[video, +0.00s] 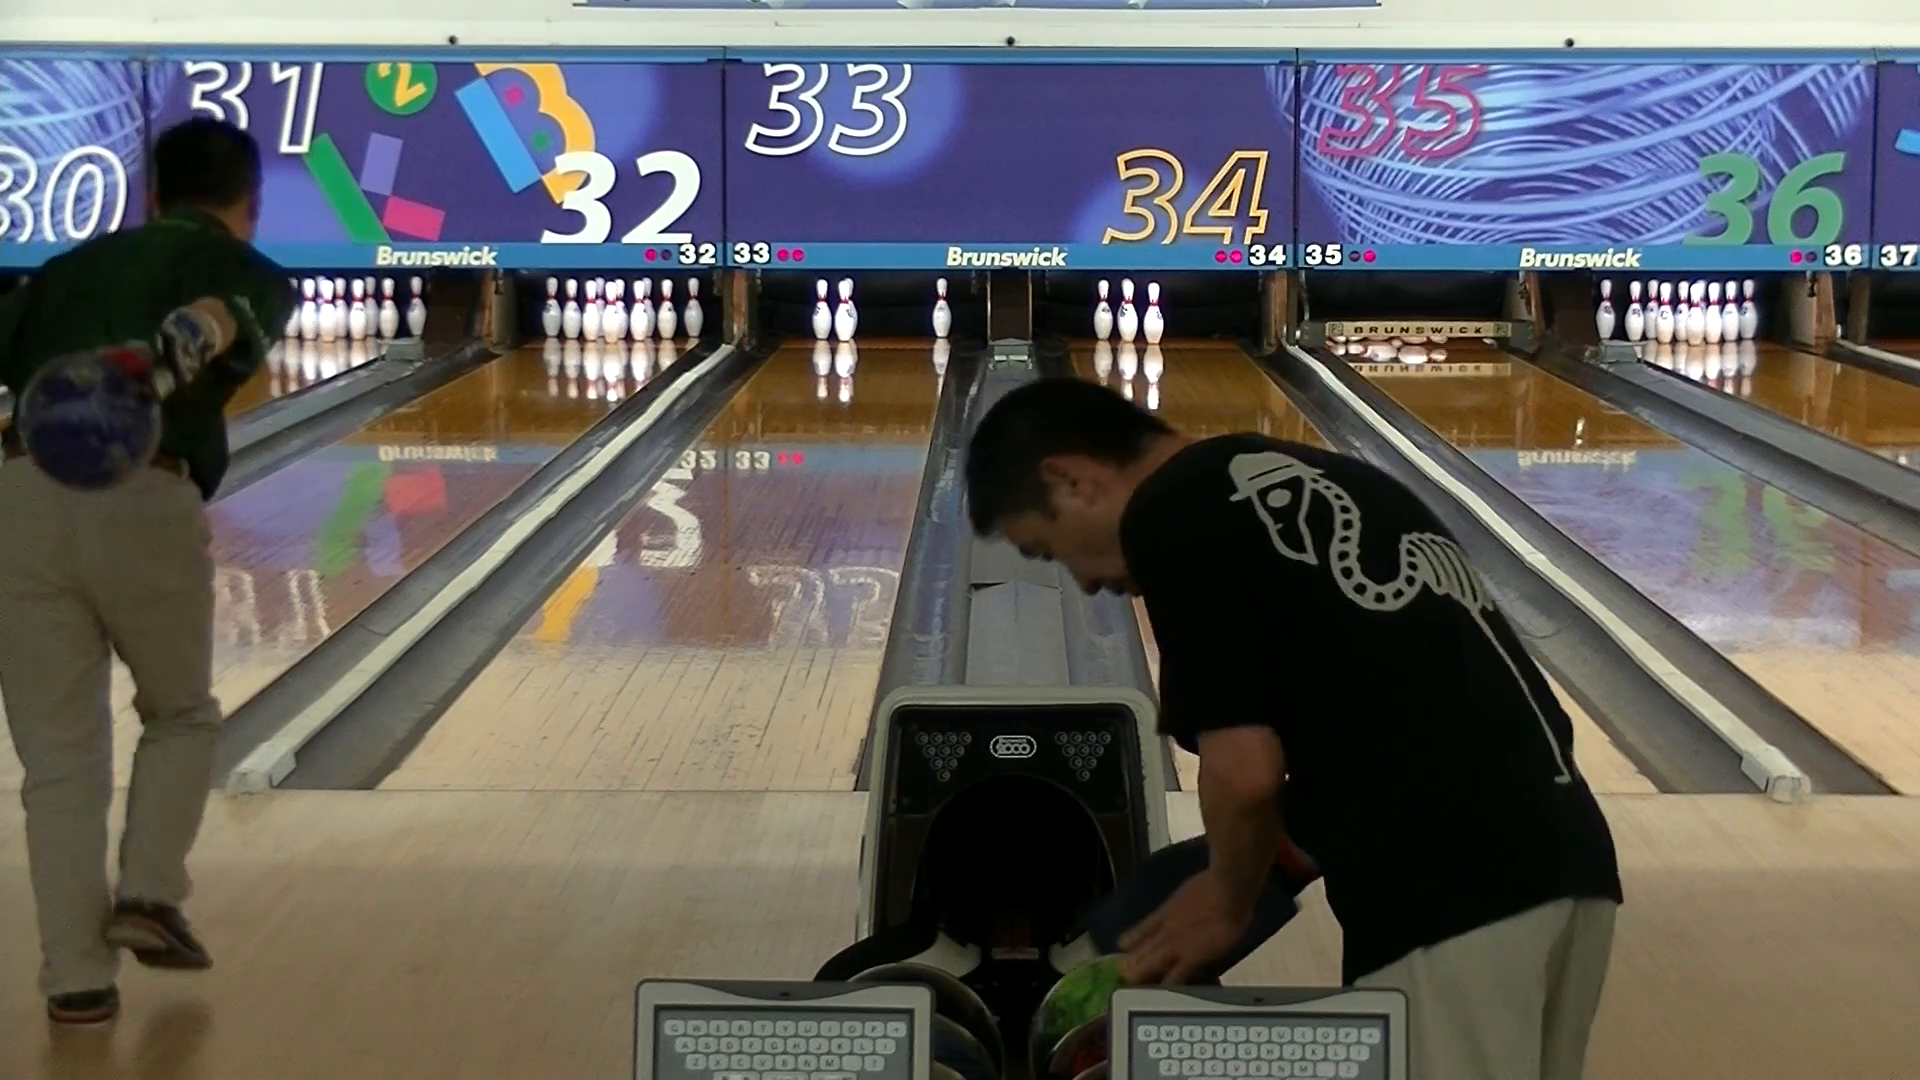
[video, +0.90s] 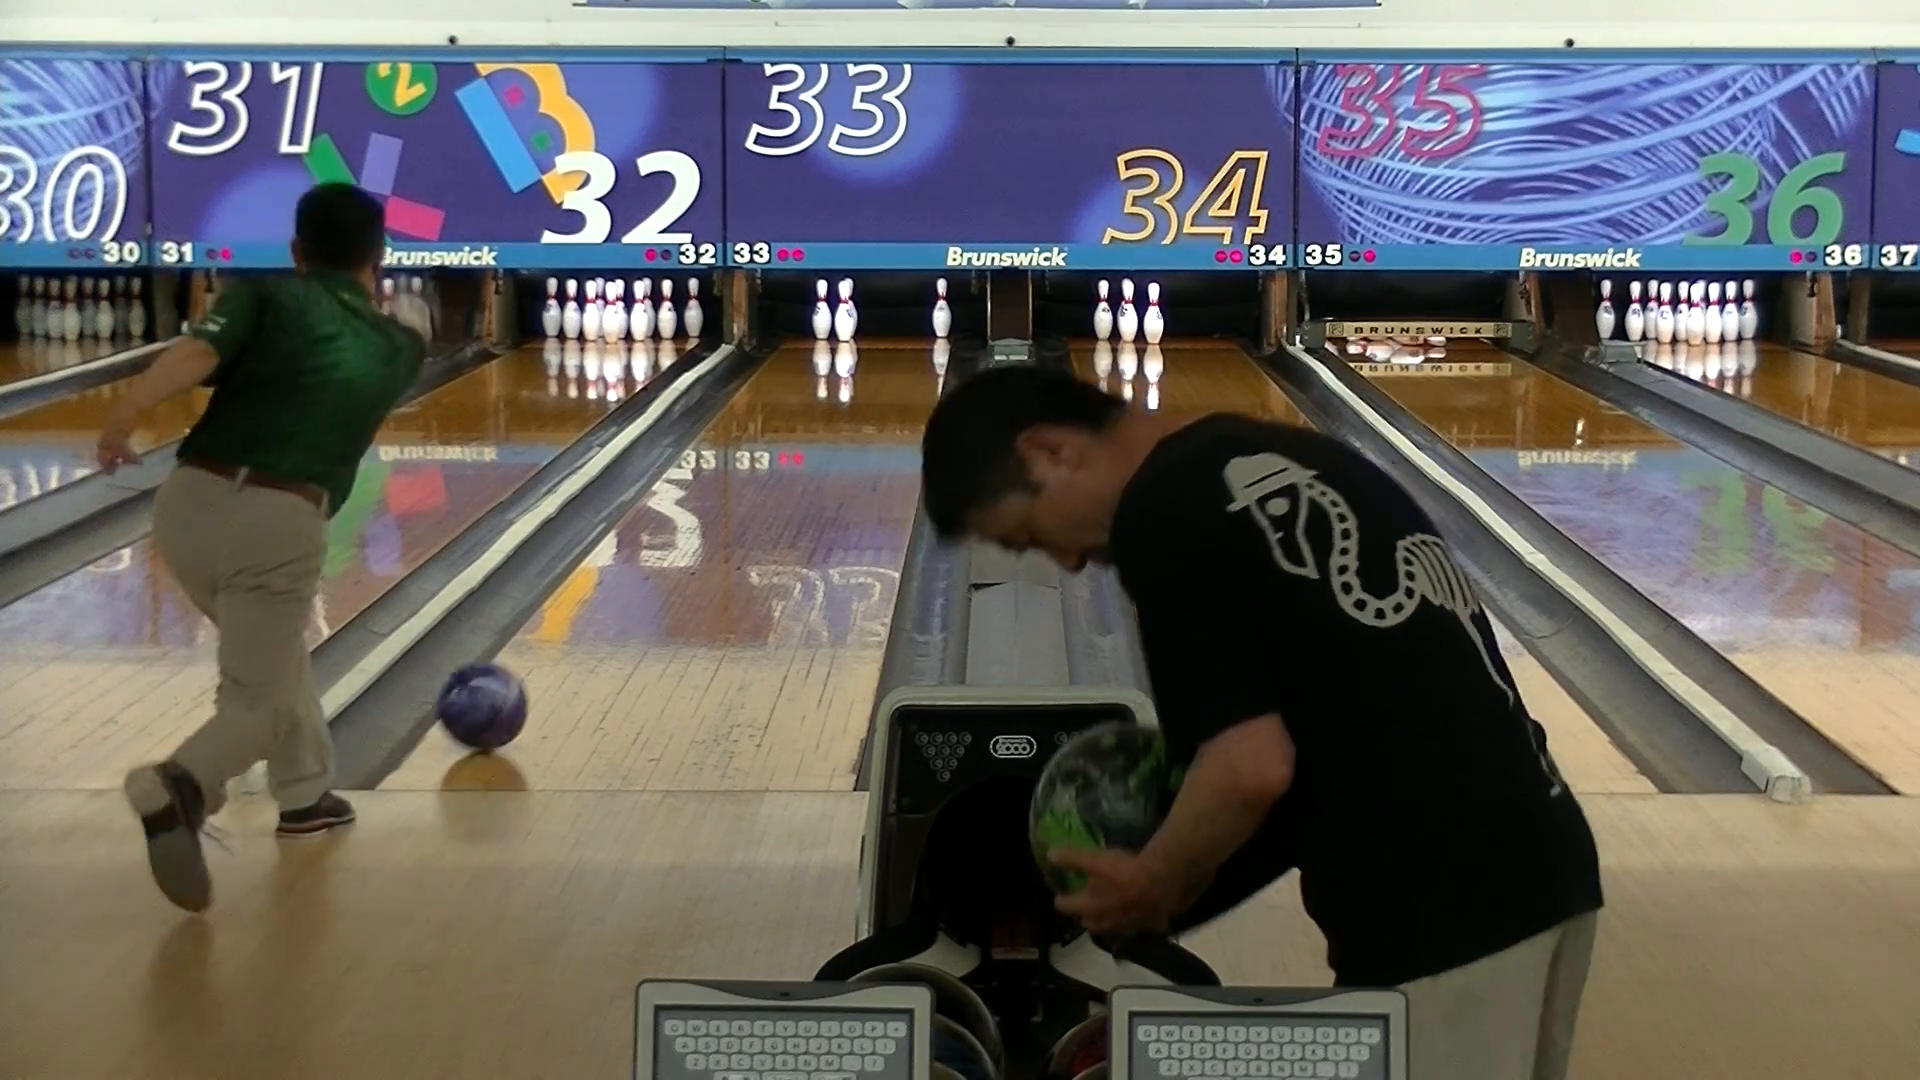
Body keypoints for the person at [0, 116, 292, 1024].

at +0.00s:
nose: (255, 219)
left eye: (251, 206)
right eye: (254, 205)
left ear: (153, 196)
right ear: (241, 202)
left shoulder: (74, 264)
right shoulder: (252, 271)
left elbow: (2, 342)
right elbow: (226, 328)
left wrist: (38, 407)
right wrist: (151, 393)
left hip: (23, 500)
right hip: (145, 499)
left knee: (56, 759)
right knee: (179, 714)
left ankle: (75, 980)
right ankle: (148, 897)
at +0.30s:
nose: (308, 264)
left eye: (304, 251)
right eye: (307, 251)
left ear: (217, 241)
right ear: (295, 250)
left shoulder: (138, 281)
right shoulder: (295, 330)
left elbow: (21, 264)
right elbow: (248, 378)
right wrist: (163, 427)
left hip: (75, 515)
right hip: (185, 523)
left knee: (101, 714)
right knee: (189, 742)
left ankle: (90, 865)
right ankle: (143, 922)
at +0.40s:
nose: (323, 292)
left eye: (322, 280)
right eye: (324, 280)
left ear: (240, 264)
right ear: (315, 282)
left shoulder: (166, 295)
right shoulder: (307, 364)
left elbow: (47, 267)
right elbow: (261, 439)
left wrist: (4, 247)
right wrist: (239, 481)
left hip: (81, 538)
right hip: (184, 548)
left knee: (133, 705)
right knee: (190, 758)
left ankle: (137, 878)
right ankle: (146, 900)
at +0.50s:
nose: (345, 311)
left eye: (345, 299)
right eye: (345, 298)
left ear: (257, 285)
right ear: (337, 302)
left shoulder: (186, 314)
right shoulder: (325, 404)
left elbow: (78, 291)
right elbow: (285, 518)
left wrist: (5, 269)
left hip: (91, 548)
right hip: (194, 566)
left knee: (197, 684)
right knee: (179, 754)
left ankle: (209, 837)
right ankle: (142, 886)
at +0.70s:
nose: (368, 299)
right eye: (368, 290)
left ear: (284, 286)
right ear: (363, 299)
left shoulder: (232, 321)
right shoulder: (362, 410)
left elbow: (143, 352)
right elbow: (370, 561)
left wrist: (47, 382)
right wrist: (394, 672)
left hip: (135, 549)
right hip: (232, 575)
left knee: (253, 662)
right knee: (214, 738)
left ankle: (280, 806)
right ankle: (154, 835)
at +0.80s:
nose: (377, 291)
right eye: (376, 281)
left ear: (294, 278)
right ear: (369, 289)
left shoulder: (248, 313)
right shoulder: (380, 390)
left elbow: (176, 361)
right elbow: (408, 506)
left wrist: (95, 410)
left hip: (161, 529)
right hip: (261, 551)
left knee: (269, 646)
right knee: (237, 721)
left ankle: (296, 799)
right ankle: (163, 812)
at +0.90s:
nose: (380, 259)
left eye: (292, 244)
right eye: (380, 250)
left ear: (298, 249)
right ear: (375, 258)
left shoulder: (259, 293)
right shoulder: (399, 347)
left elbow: (199, 355)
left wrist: (123, 416)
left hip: (187, 504)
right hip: (283, 527)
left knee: (278, 645)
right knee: (254, 699)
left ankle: (302, 795)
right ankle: (182, 790)